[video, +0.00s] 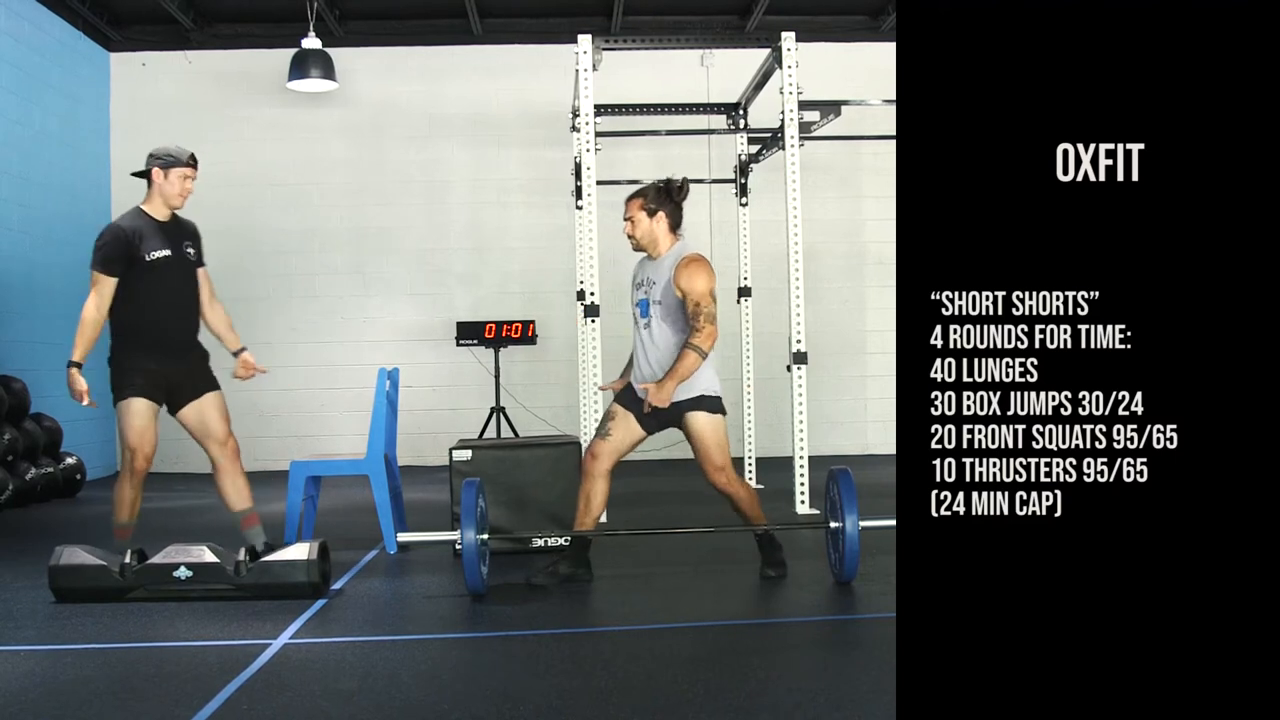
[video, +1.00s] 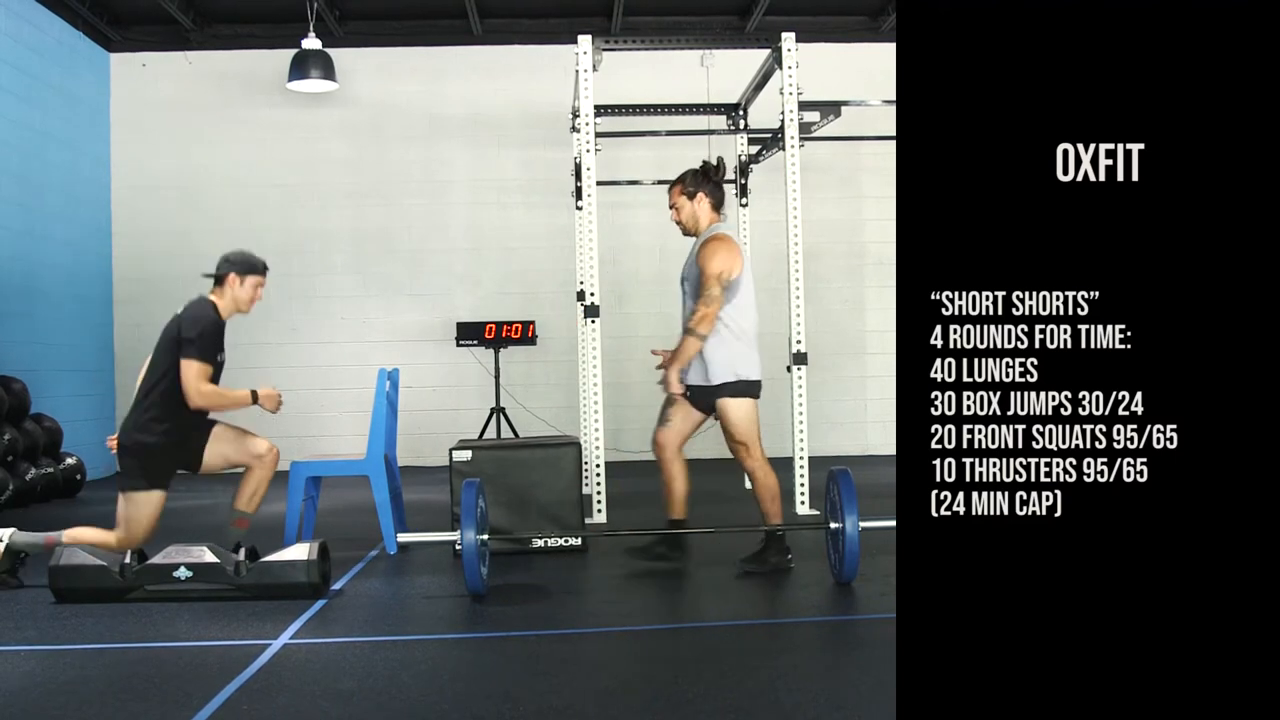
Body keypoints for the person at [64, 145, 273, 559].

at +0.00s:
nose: (189, 189)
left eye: (192, 181)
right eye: (183, 179)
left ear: (188, 184)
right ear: (157, 176)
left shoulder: (187, 233)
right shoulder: (121, 234)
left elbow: (207, 302)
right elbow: (98, 303)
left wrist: (238, 350)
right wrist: (75, 364)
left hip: (186, 359)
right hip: (136, 362)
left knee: (225, 445)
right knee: (139, 460)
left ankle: (259, 547)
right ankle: (124, 555)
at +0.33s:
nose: (207, 190)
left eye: (209, 182)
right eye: (203, 181)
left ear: (184, 179)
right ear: (177, 176)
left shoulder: (179, 229)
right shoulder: (144, 225)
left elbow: (170, 296)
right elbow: (126, 293)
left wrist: (179, 347)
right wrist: (137, 352)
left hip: (179, 351)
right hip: (141, 352)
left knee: (212, 447)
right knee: (144, 453)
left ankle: (223, 547)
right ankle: (122, 554)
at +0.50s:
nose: (228, 191)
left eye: (230, 183)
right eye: (223, 182)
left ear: (206, 181)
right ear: (198, 177)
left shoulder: (203, 230)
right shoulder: (167, 224)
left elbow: (185, 293)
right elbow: (139, 290)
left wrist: (189, 345)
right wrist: (165, 344)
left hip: (190, 349)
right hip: (151, 351)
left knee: (217, 446)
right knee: (146, 452)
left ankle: (225, 548)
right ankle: (112, 551)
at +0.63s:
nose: (242, 198)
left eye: (244, 191)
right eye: (238, 189)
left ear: (222, 187)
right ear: (213, 184)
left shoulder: (210, 234)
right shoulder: (179, 228)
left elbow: (188, 296)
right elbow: (149, 294)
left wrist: (193, 347)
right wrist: (190, 344)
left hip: (192, 358)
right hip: (157, 358)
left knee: (228, 445)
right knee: (145, 458)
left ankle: (224, 549)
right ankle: (59, 528)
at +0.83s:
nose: (257, 243)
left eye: (259, 236)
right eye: (253, 234)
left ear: (232, 231)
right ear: (229, 228)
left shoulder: (214, 273)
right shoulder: (197, 269)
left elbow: (190, 340)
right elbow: (176, 339)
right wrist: (233, 370)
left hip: (188, 394)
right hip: (156, 394)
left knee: (256, 450)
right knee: (125, 495)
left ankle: (231, 549)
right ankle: (18, 536)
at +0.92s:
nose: (259, 272)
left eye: (261, 264)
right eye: (255, 262)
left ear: (236, 259)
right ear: (231, 256)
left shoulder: (213, 300)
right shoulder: (201, 296)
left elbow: (191, 369)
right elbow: (188, 369)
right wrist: (248, 385)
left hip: (184, 415)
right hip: (150, 418)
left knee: (261, 451)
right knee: (127, 523)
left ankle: (231, 551)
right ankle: (16, 541)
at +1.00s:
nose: (260, 296)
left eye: (262, 288)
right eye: (257, 287)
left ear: (233, 282)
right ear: (231, 281)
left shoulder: (204, 318)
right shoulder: (203, 318)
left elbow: (149, 375)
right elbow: (198, 396)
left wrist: (132, 428)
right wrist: (256, 396)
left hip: (183, 432)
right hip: (149, 438)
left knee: (264, 455)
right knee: (128, 540)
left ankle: (232, 548)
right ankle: (19, 540)